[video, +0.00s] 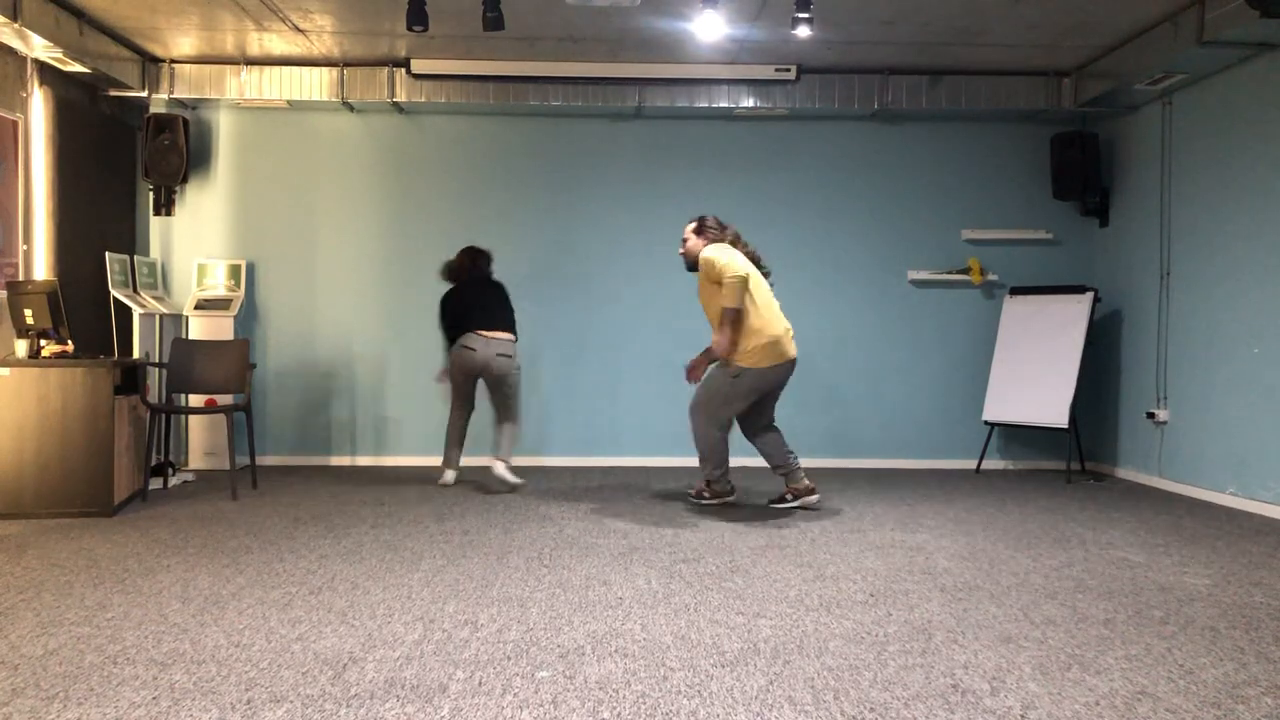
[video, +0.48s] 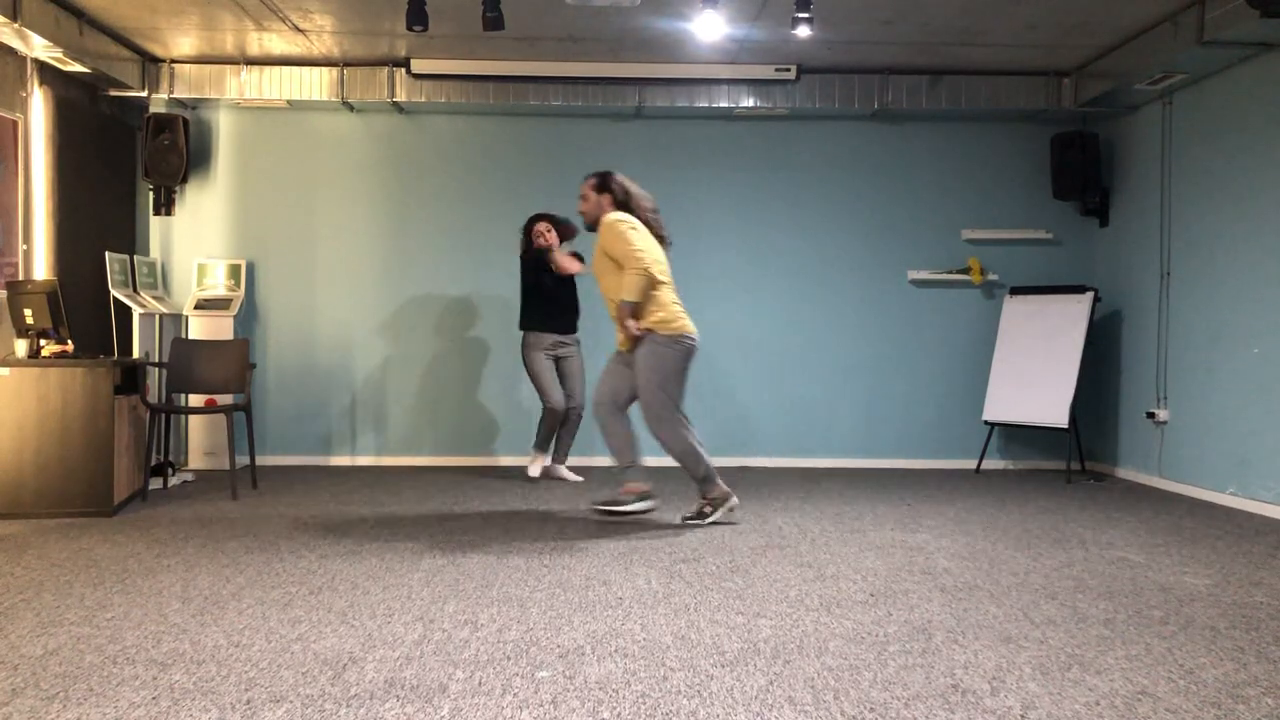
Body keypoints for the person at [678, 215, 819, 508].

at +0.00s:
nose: (681, 248)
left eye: (686, 240)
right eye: (681, 242)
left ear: (705, 236)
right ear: (713, 239)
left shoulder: (712, 254)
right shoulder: (733, 258)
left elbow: (736, 275)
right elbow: (733, 329)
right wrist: (704, 358)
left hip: (756, 354)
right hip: (780, 352)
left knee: (705, 410)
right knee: (756, 422)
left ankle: (717, 484)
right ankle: (799, 485)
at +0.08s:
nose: (669, 246)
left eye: (674, 238)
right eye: (670, 239)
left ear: (695, 237)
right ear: (694, 240)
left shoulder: (707, 252)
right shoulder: (704, 269)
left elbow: (743, 278)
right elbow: (724, 323)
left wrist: (736, 334)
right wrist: (705, 354)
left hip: (751, 351)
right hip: (769, 351)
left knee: (692, 408)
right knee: (752, 424)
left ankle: (715, 483)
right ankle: (798, 484)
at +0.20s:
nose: (642, 228)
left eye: (648, 220)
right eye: (643, 222)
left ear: (670, 221)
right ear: (666, 225)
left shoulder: (684, 240)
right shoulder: (677, 259)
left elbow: (724, 265)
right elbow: (697, 319)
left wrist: (709, 319)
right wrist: (696, 364)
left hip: (726, 342)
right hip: (737, 343)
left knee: (681, 411)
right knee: (738, 415)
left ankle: (717, 495)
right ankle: (785, 475)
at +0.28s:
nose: (629, 223)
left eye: (635, 216)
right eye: (629, 217)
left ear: (656, 218)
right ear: (651, 220)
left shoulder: (671, 238)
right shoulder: (662, 254)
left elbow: (710, 262)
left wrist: (692, 314)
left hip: (710, 342)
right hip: (716, 344)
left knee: (678, 420)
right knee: (715, 422)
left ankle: (720, 498)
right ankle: (766, 468)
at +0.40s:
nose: (600, 213)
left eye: (605, 206)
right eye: (600, 207)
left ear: (625, 208)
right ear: (621, 209)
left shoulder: (637, 232)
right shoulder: (630, 243)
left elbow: (668, 267)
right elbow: (651, 274)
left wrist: (652, 314)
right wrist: (616, 262)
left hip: (683, 342)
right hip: (656, 348)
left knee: (670, 417)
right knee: (633, 416)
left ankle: (722, 498)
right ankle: (690, 476)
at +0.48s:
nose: (579, 205)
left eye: (585, 198)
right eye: (579, 198)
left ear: (606, 199)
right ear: (601, 200)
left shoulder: (617, 224)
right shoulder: (609, 234)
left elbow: (642, 265)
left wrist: (627, 315)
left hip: (664, 336)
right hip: (636, 342)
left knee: (661, 416)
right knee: (606, 404)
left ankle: (717, 494)